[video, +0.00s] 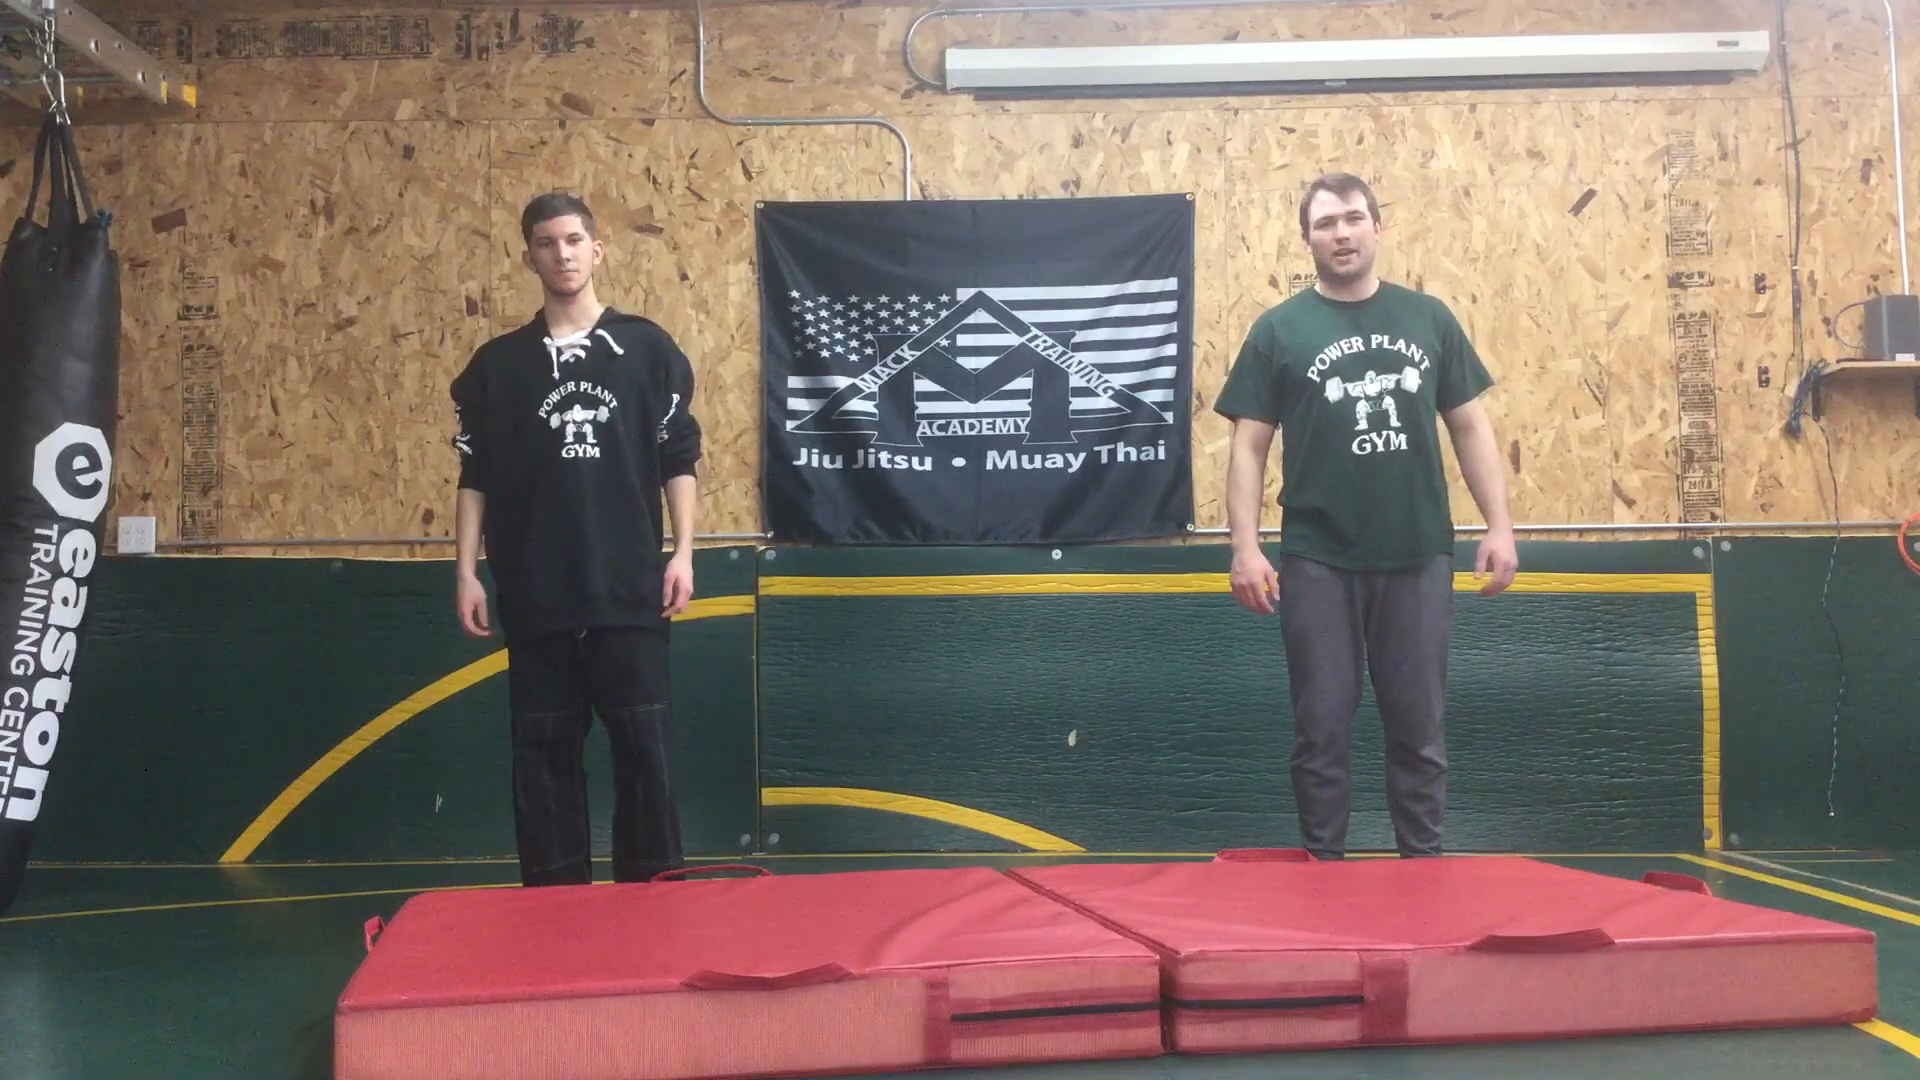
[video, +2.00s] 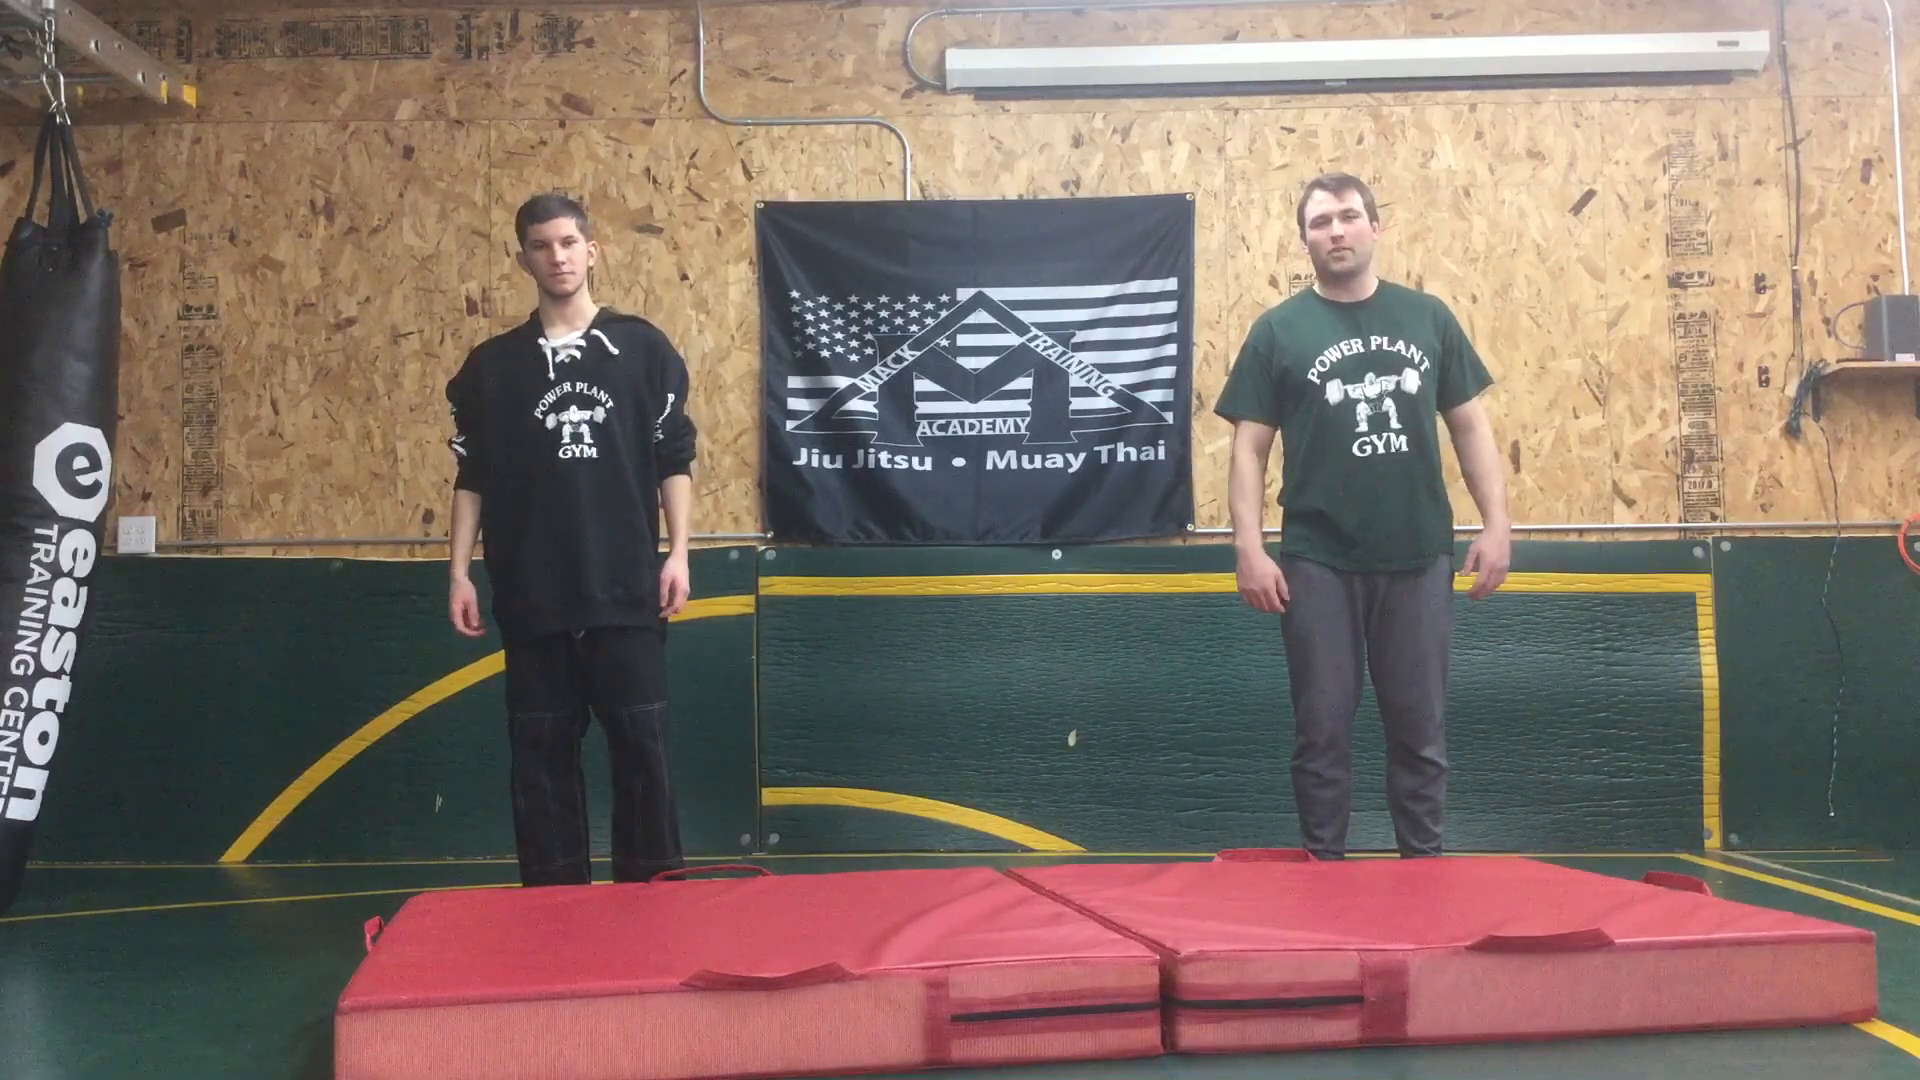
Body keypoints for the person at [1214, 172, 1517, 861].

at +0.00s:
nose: (1342, 233)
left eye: (1353, 219)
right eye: (1325, 224)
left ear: (1378, 228)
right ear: (1307, 240)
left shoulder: (1428, 318)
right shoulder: (1279, 331)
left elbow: (1469, 425)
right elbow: (1249, 446)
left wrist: (1500, 525)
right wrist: (1245, 546)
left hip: (1416, 553)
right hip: (1317, 556)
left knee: (1418, 726)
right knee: (1322, 725)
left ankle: (1423, 869)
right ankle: (1323, 870)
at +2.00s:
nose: (1336, 230)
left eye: (1348, 217)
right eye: (1320, 222)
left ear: (1376, 229)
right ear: (1304, 241)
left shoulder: (1428, 318)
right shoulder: (1278, 331)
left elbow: (1468, 426)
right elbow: (1249, 446)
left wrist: (1497, 525)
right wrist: (1249, 547)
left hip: (1417, 555)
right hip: (1317, 557)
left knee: (1419, 726)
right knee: (1322, 725)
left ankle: (1423, 870)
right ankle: (1324, 871)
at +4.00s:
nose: (1337, 241)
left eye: (1349, 225)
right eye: (1322, 231)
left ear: (1375, 231)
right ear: (1305, 243)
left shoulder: (1429, 319)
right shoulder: (1278, 332)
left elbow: (1468, 425)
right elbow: (1249, 446)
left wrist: (1495, 524)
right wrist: (1252, 546)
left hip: (1416, 555)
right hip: (1316, 557)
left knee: (1420, 728)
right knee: (1322, 727)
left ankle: (1422, 871)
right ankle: (1323, 873)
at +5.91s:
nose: (1345, 243)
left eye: (1359, 229)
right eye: (1331, 231)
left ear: (1384, 235)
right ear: (1312, 240)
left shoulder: (1432, 321)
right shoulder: (1281, 331)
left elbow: (1472, 428)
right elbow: (1249, 447)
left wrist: (1500, 528)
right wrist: (1246, 547)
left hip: (1418, 555)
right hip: (1319, 557)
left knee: (1421, 727)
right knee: (1322, 724)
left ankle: (1424, 869)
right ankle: (1323, 870)